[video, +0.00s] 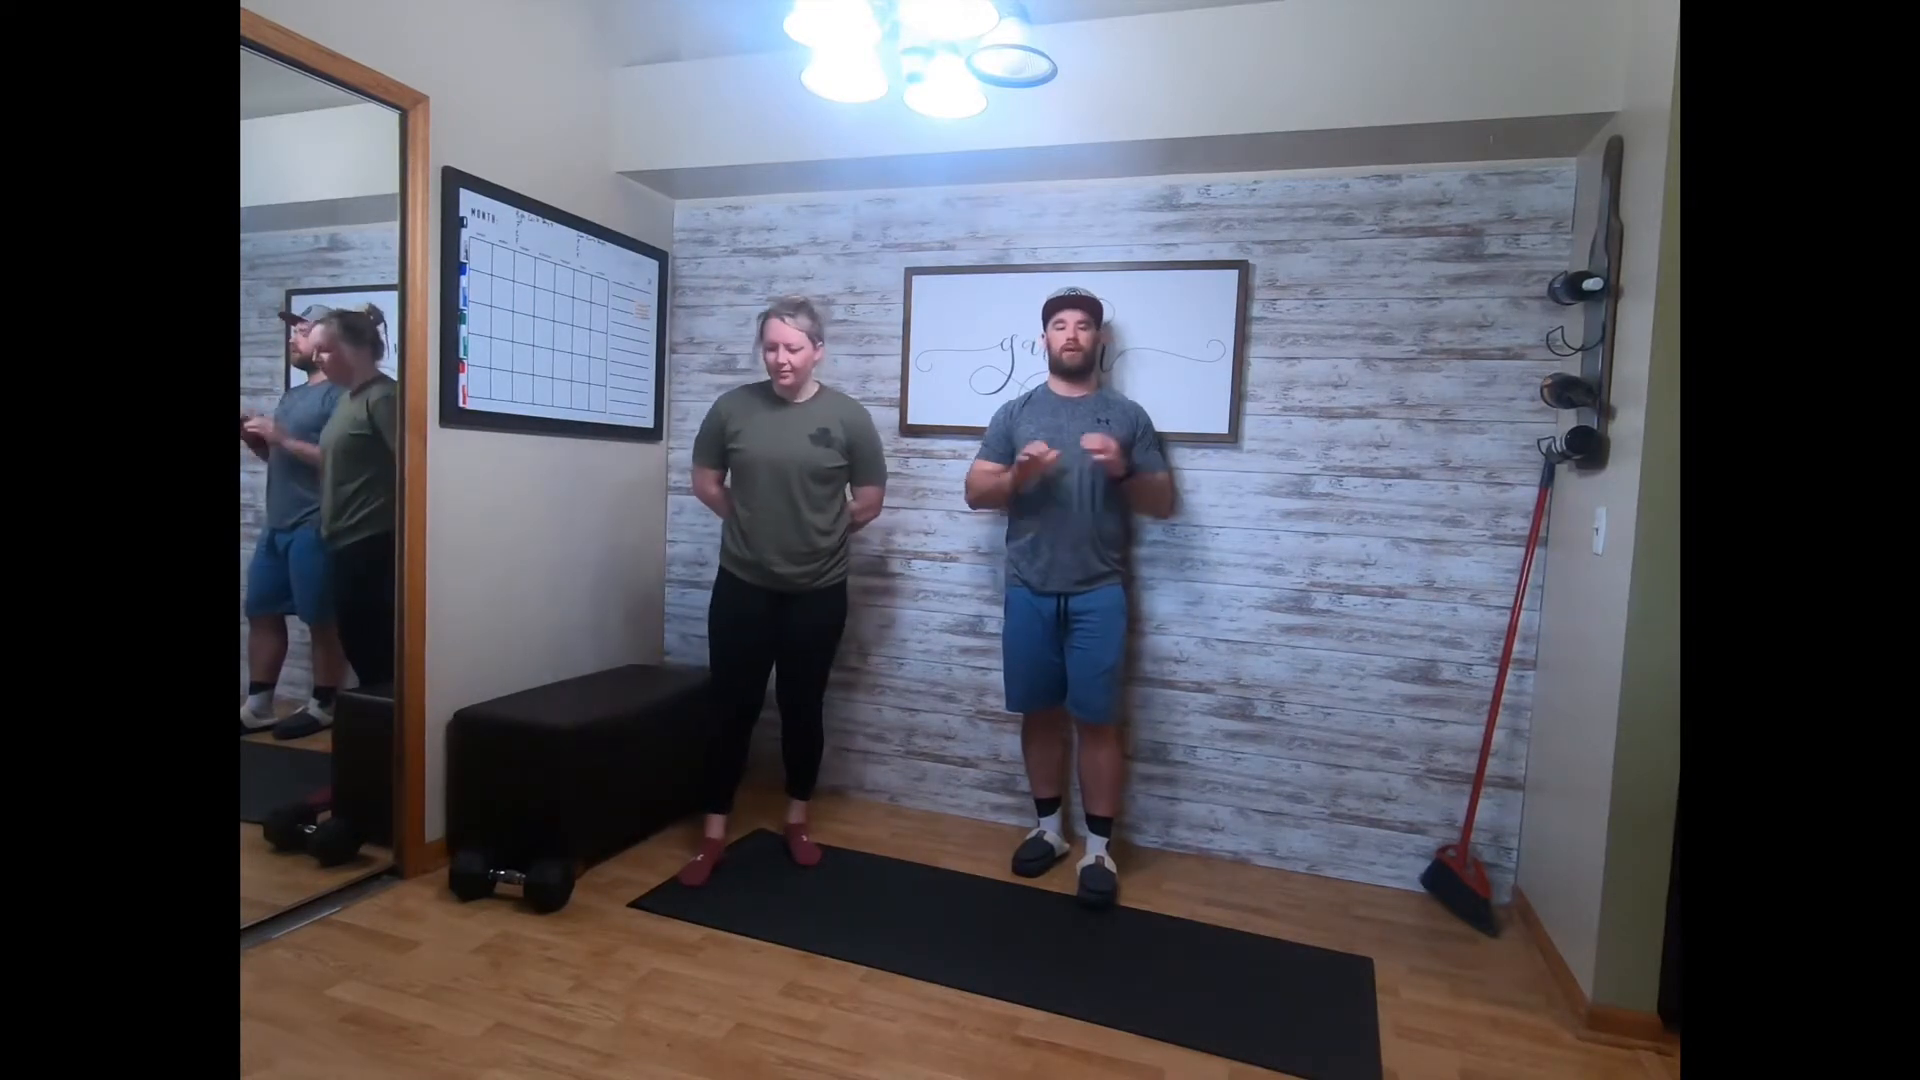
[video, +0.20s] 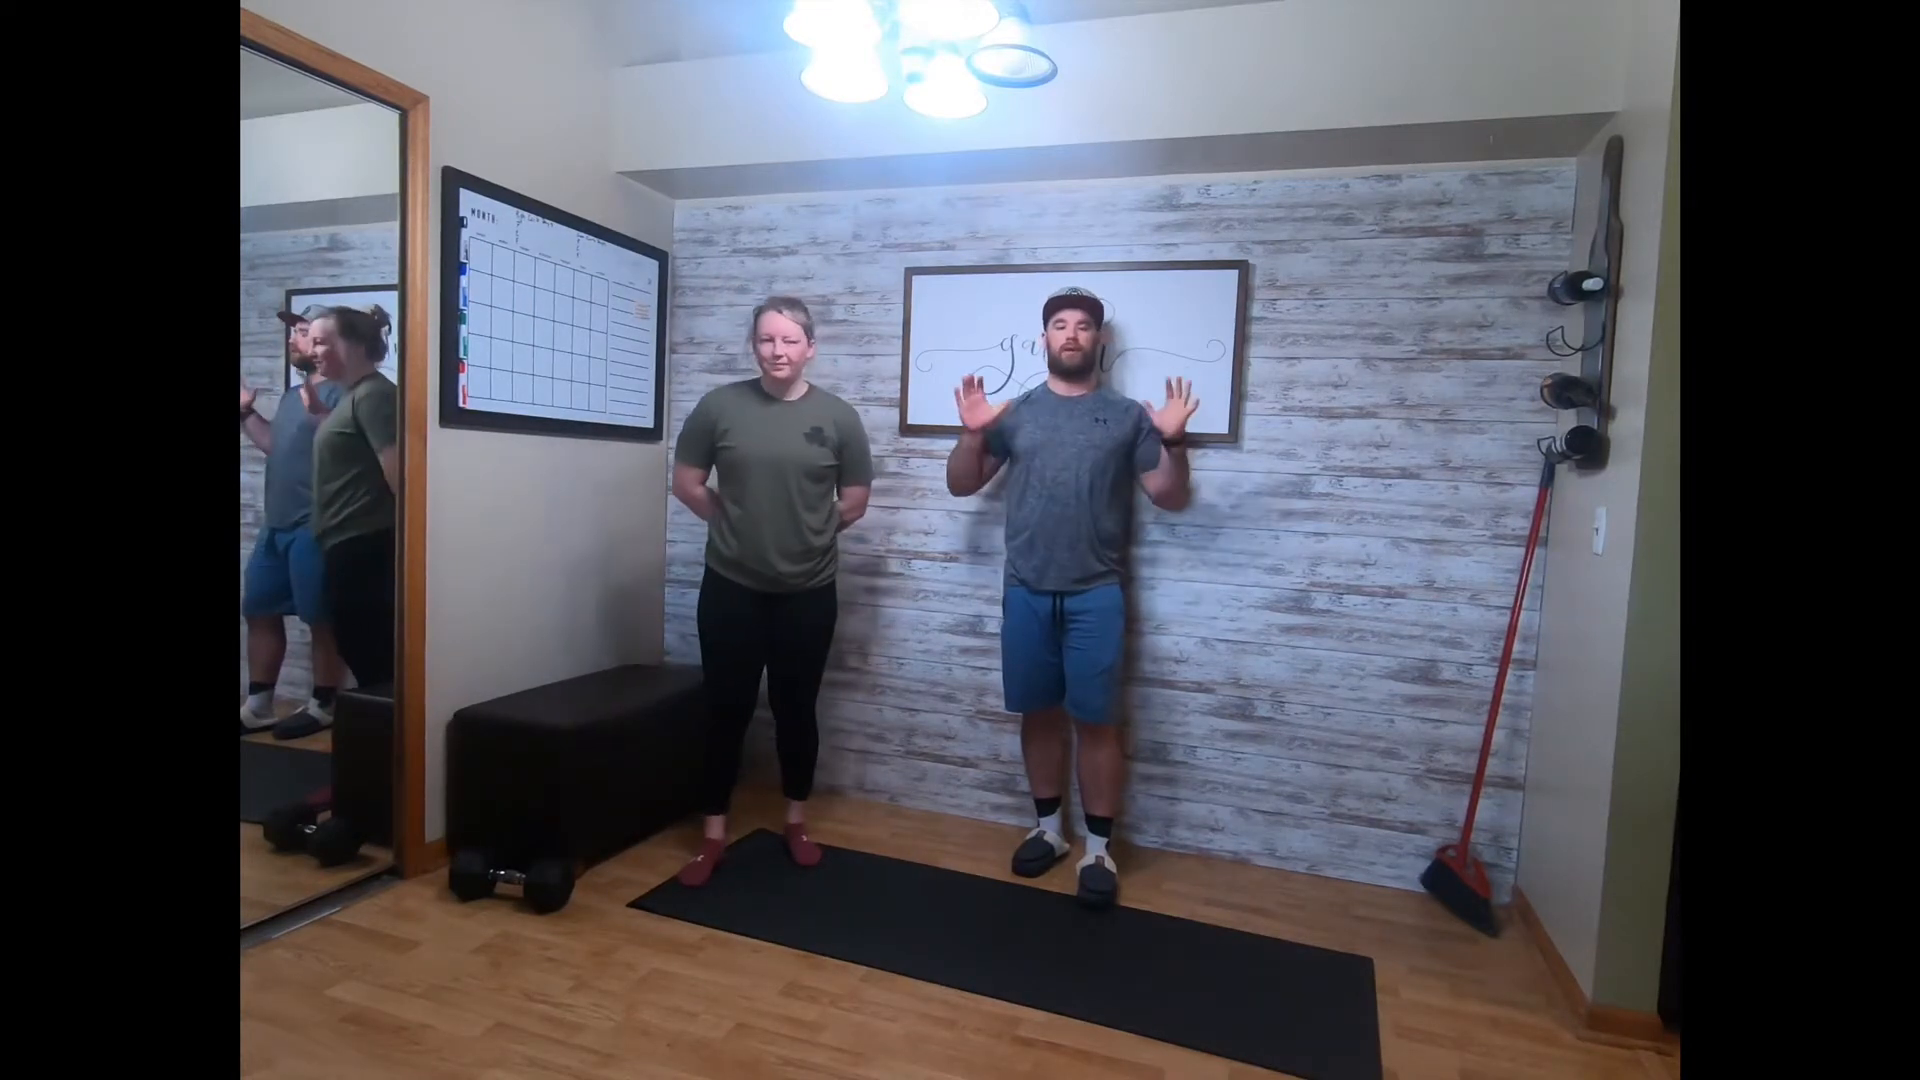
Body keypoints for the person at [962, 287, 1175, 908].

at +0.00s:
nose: (1070, 334)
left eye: (1082, 326)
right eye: (1059, 326)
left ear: (1099, 341)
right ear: (1044, 340)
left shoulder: (1126, 417)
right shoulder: (1015, 413)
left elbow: (1161, 502)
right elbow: (977, 491)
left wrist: (1124, 471)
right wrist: (1018, 476)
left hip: (1098, 584)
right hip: (1029, 584)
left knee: (1095, 716)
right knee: (1039, 711)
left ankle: (1098, 851)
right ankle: (1048, 830)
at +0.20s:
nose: (1070, 333)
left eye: (1082, 326)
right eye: (1059, 326)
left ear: (1099, 341)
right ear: (1044, 340)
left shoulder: (1127, 414)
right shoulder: (1017, 413)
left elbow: (1171, 498)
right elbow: (962, 482)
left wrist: (1173, 442)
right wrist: (972, 432)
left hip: (1095, 583)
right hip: (1026, 583)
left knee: (1094, 716)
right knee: (1038, 711)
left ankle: (1097, 851)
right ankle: (1048, 831)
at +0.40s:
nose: (1071, 335)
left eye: (1083, 327)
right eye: (1060, 326)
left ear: (1099, 341)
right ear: (1044, 339)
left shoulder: (1127, 408)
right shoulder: (1015, 405)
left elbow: (1199, 445)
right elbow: (939, 436)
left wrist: (1204, 374)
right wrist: (949, 369)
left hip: (1095, 584)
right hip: (1025, 583)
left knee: (1095, 717)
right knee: (1036, 712)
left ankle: (1097, 851)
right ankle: (1048, 831)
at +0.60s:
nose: (1072, 335)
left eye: (1083, 327)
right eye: (1061, 327)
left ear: (1100, 340)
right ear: (1045, 341)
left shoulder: (1126, 397)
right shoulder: (1016, 393)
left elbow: (1197, 354)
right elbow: (940, 358)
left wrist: (1218, 274)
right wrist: (937, 278)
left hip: (1093, 577)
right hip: (1024, 576)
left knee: (1094, 713)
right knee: (1034, 708)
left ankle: (1098, 849)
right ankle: (1048, 829)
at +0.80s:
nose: (1069, 338)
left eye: (1080, 329)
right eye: (1058, 330)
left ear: (1099, 341)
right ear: (1043, 344)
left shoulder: (1125, 396)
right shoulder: (1018, 393)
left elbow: (1191, 341)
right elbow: (944, 350)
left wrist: (1206, 260)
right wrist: (938, 270)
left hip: (1093, 578)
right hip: (1024, 576)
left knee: (1094, 714)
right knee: (1035, 708)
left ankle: (1097, 848)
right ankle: (1048, 830)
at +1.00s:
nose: (1064, 336)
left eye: (1076, 327)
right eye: (1053, 328)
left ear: (1093, 339)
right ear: (1038, 340)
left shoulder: (1122, 408)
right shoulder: (1012, 404)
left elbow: (1199, 440)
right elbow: (937, 443)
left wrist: (1185, 376)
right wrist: (942, 378)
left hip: (1094, 579)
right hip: (1024, 577)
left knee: (1093, 715)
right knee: (1036, 709)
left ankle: (1097, 851)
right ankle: (1048, 831)